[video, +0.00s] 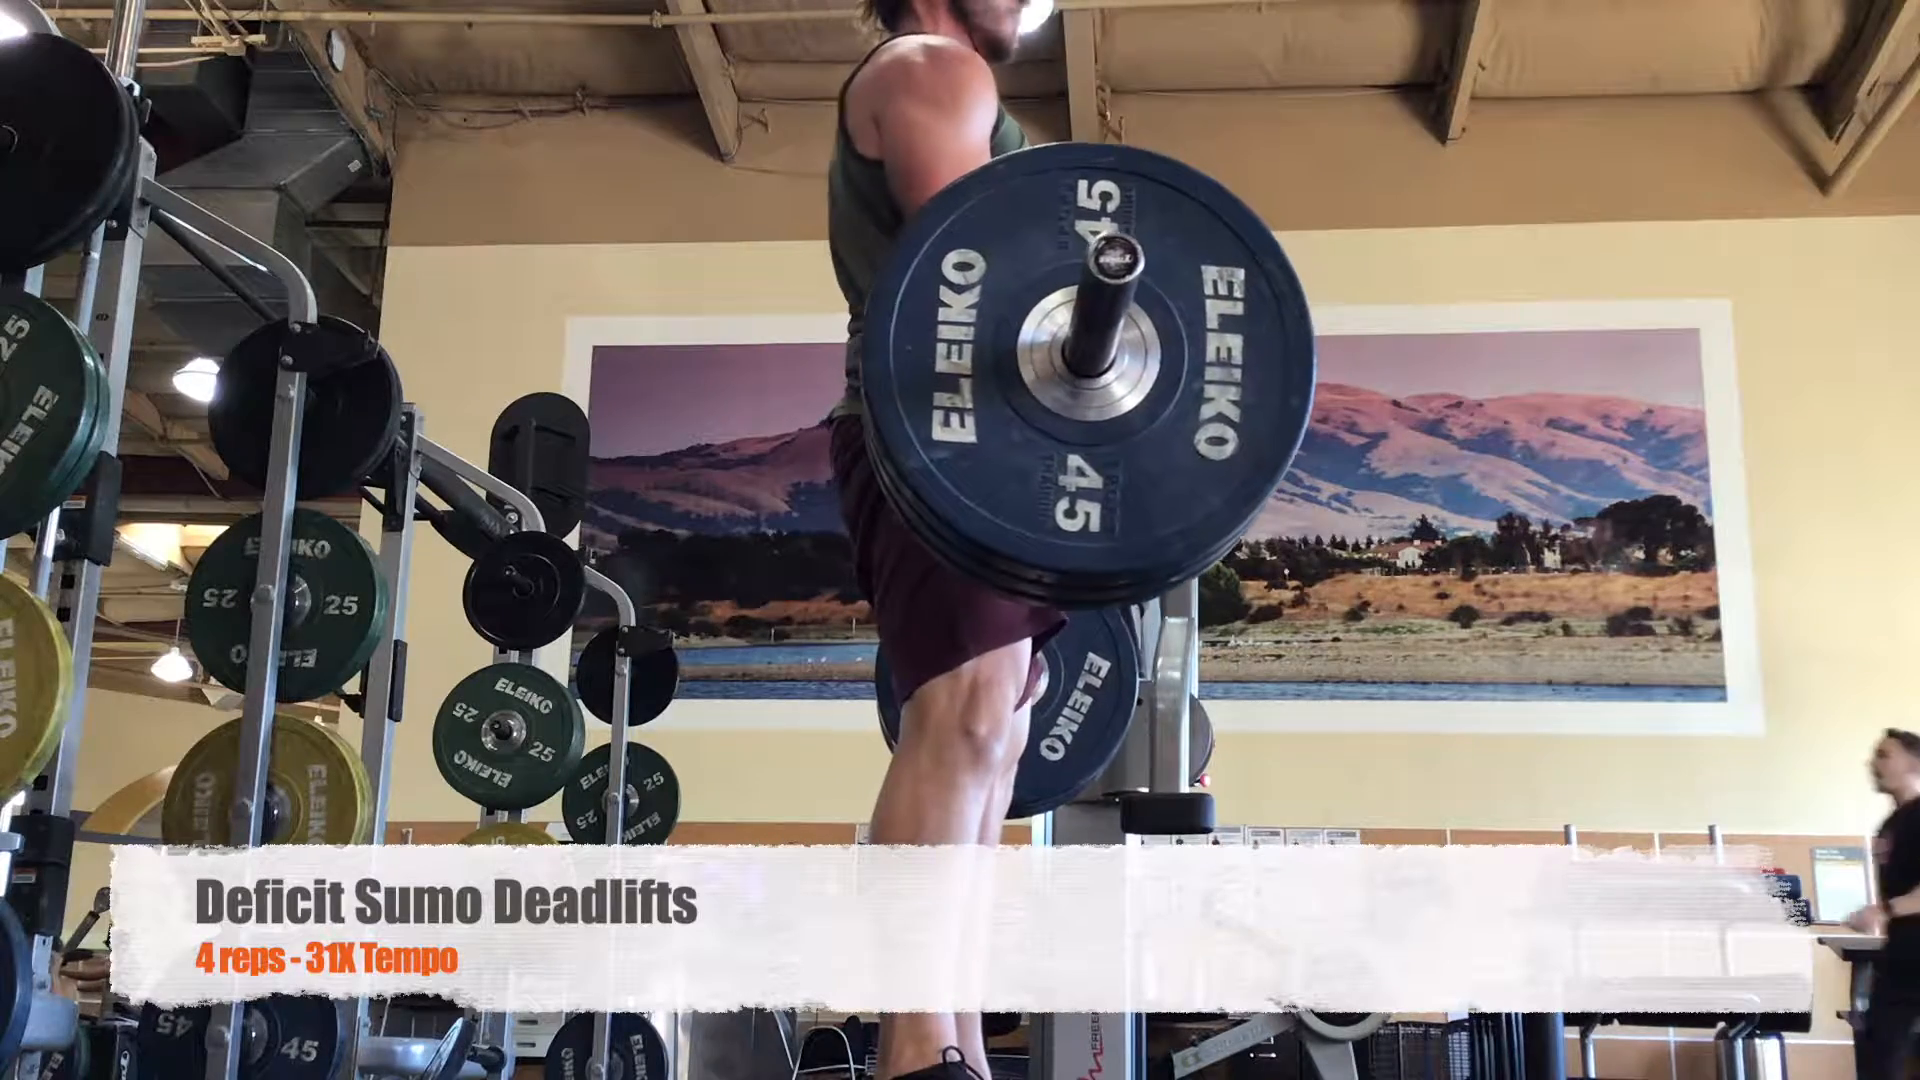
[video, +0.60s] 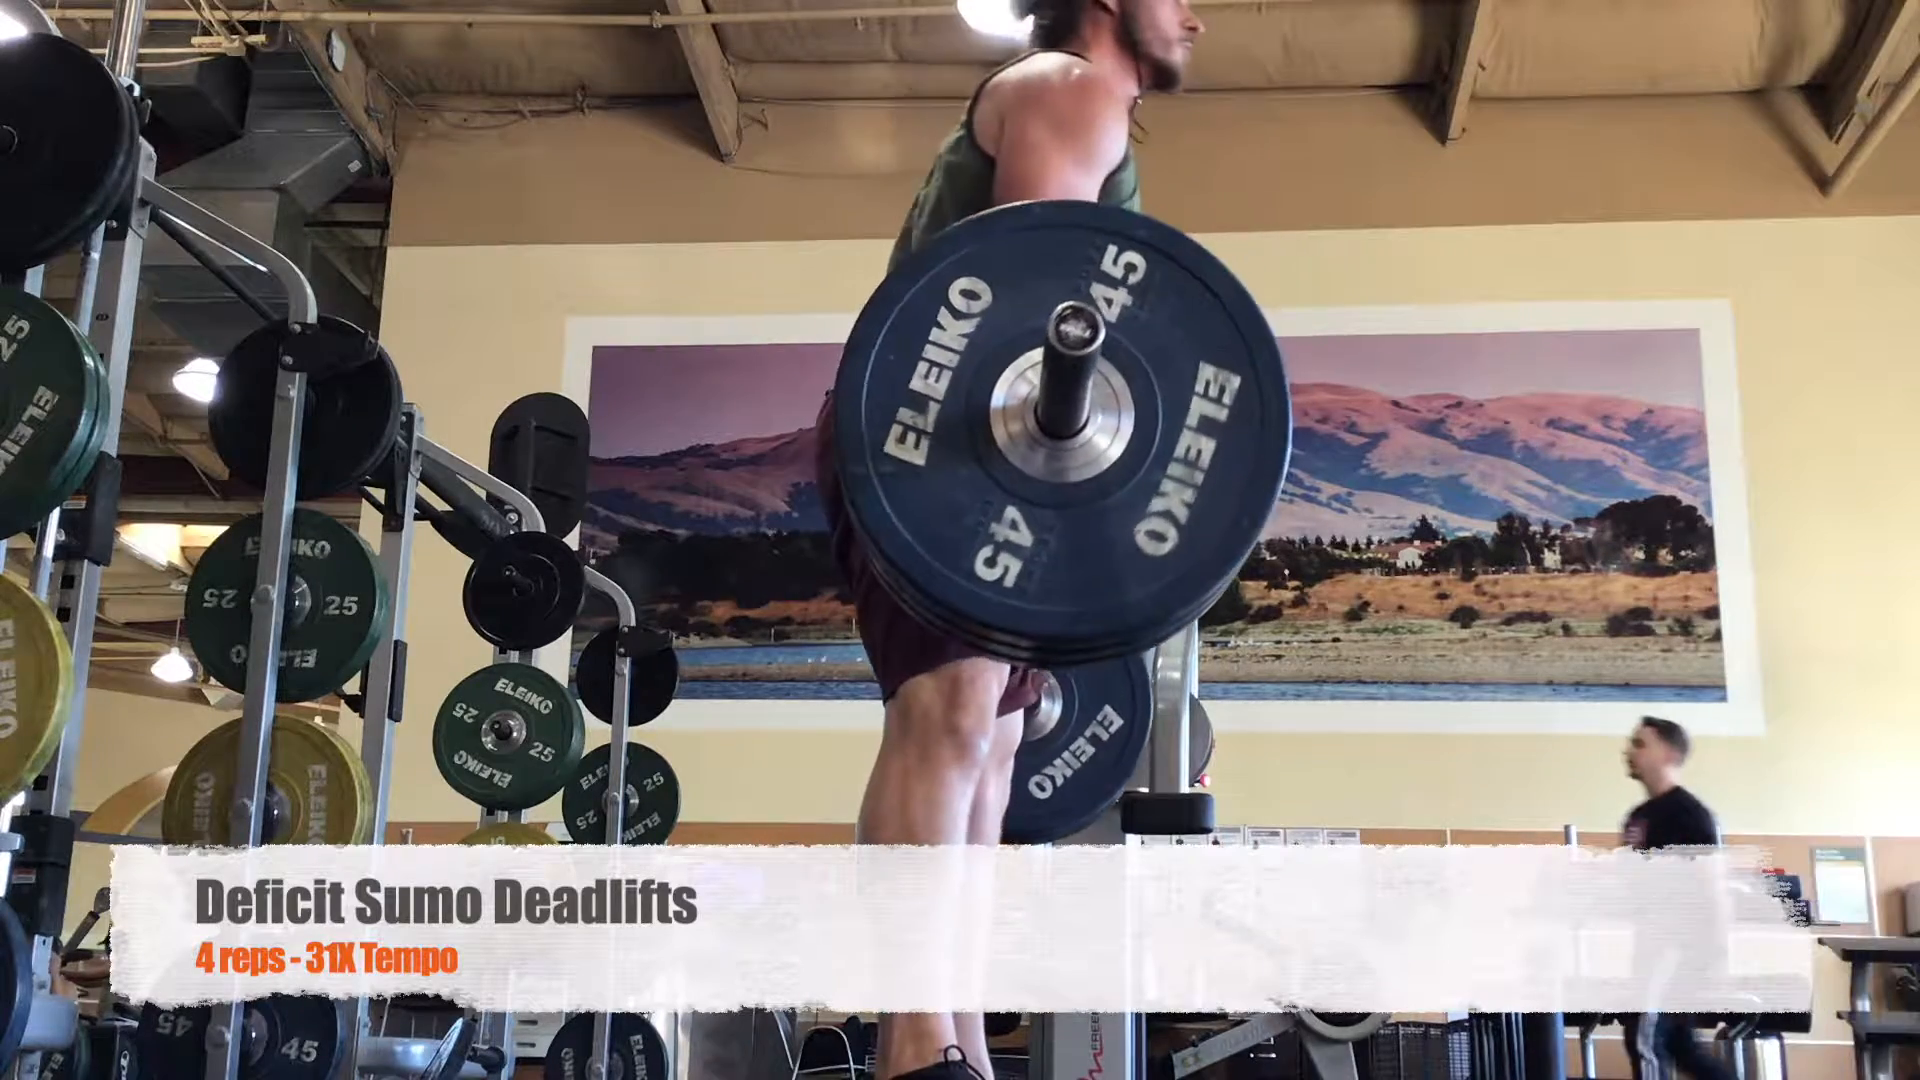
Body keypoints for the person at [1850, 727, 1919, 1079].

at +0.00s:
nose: (1874, 763)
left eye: (1884, 755)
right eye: (1875, 755)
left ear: (1912, 761)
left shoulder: (1915, 816)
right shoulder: (1892, 821)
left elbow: (1916, 891)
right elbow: (1886, 887)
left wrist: (1888, 909)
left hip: (1911, 943)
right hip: (1893, 940)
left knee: (1888, 1036)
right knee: (1878, 1036)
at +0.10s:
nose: (1830, 762)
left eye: (1840, 754)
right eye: (1831, 754)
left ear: (1869, 763)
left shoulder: (1887, 816)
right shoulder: (1845, 822)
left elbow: (1896, 887)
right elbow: (1852, 886)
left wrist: (1848, 917)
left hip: (1888, 942)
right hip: (1852, 942)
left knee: (1902, 1039)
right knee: (1836, 1036)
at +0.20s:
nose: (1788, 756)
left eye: (1797, 748)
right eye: (1790, 748)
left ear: (1827, 756)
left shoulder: (1849, 811)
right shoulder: (1803, 818)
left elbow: (1860, 883)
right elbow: (1802, 884)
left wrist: (1830, 933)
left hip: (1850, 943)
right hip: (1815, 941)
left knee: (1841, 1042)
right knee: (1813, 1047)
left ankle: (1890, 1075)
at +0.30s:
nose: (1749, 751)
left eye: (1758, 742)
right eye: (1751, 743)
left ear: (1788, 750)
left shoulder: (1814, 807)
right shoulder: (1763, 814)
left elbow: (1827, 879)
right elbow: (1751, 880)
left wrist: (1823, 941)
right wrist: (1742, 932)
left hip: (1804, 937)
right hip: (1771, 936)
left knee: (1781, 1030)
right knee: (1801, 1030)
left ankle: (1808, 1074)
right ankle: (1822, 1073)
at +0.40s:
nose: (1710, 754)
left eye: (1720, 745)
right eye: (1712, 745)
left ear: (1750, 754)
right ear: (1742, 755)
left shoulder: (1779, 813)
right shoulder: (1720, 821)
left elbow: (1800, 888)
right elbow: (1714, 890)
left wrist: (1805, 951)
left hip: (1777, 946)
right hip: (1736, 945)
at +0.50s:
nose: (1669, 756)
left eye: (1679, 748)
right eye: (1671, 747)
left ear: (1710, 757)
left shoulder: (1739, 818)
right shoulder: (1679, 823)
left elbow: (1760, 898)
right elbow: (1673, 890)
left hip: (1739, 952)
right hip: (1698, 951)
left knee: (1684, 1043)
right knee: (1754, 1045)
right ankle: (1786, 1072)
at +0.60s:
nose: (1628, 752)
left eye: (1638, 744)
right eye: (1631, 744)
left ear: (1669, 754)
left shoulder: (1693, 816)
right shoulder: (1636, 818)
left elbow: (1709, 899)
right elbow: (1628, 887)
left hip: (1688, 948)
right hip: (1651, 946)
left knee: (1646, 1039)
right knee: (1679, 1045)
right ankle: (1726, 1074)